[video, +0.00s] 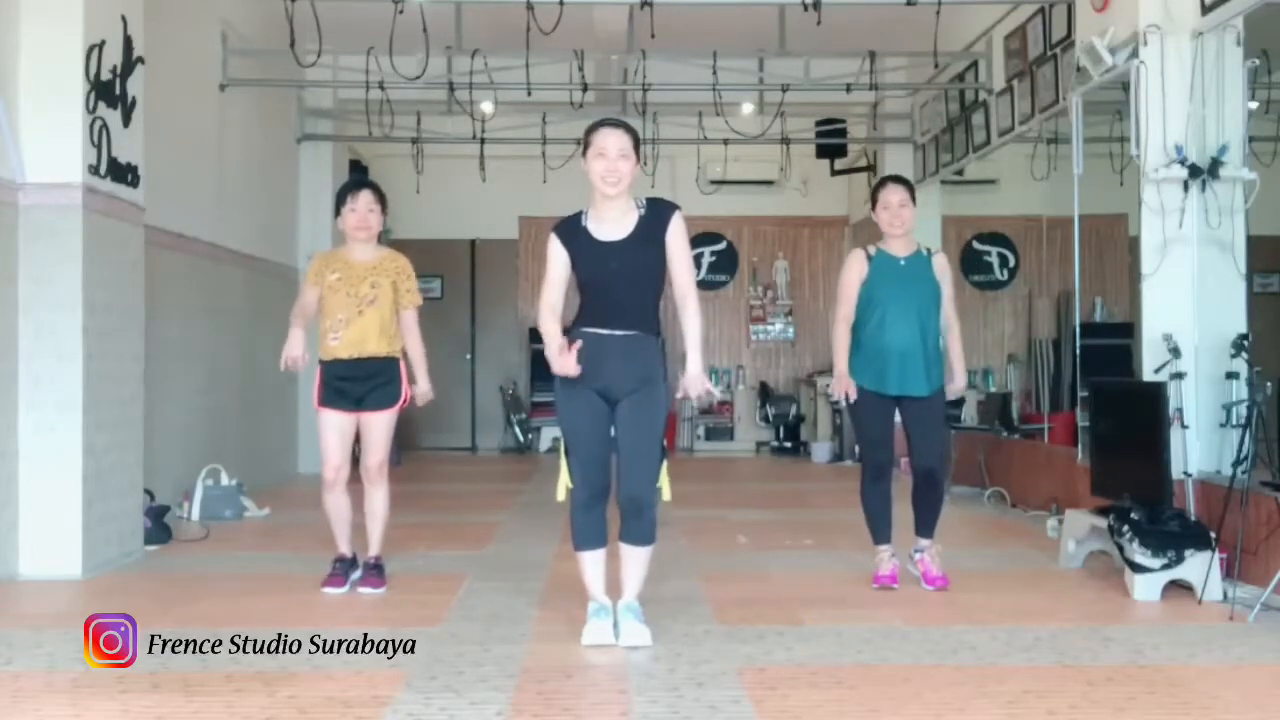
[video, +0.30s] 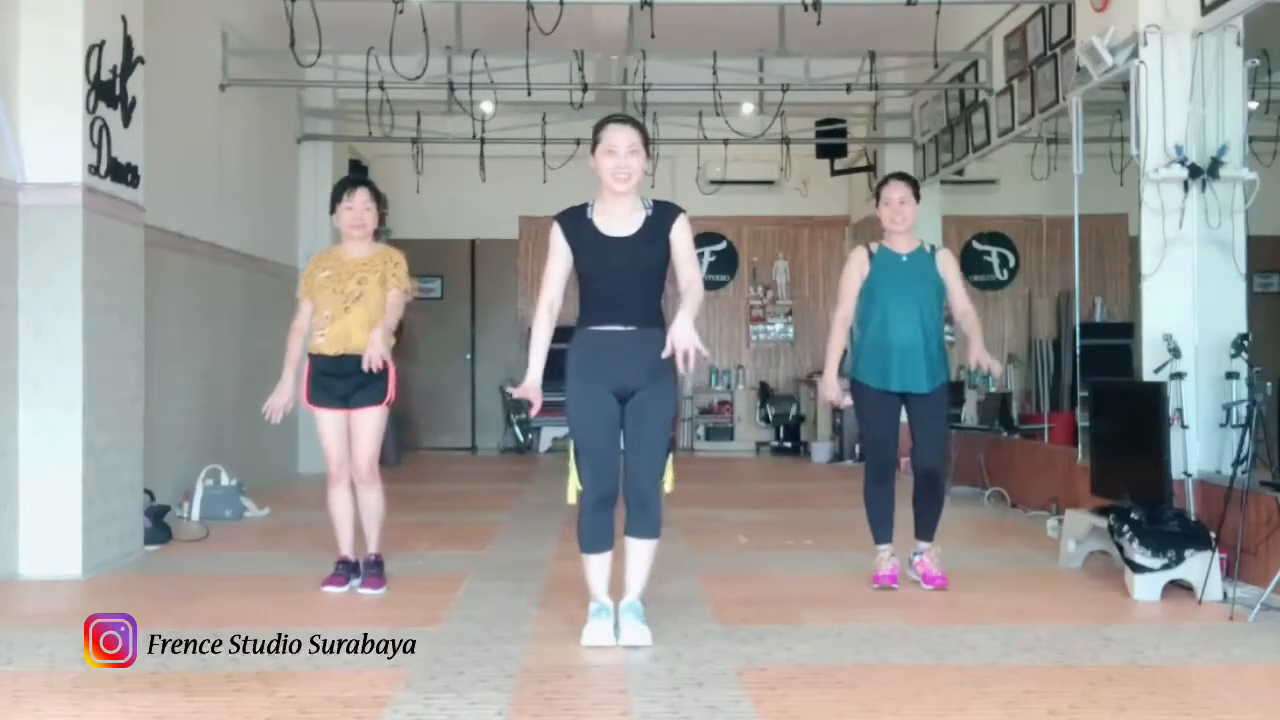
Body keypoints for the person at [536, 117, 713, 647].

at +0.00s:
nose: (612, 165)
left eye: (622, 155)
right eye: (601, 155)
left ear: (638, 164)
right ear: (585, 163)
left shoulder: (665, 219)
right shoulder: (567, 232)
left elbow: (687, 294)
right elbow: (550, 304)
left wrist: (695, 362)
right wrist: (555, 352)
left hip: (643, 366)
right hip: (580, 365)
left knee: (638, 490)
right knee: (587, 489)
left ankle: (630, 605)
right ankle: (597, 604)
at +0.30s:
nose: (622, 161)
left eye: (632, 151)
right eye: (611, 151)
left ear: (647, 159)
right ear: (593, 160)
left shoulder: (669, 220)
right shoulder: (569, 224)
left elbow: (692, 286)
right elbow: (548, 301)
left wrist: (684, 319)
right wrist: (534, 373)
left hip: (653, 364)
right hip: (590, 366)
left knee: (645, 487)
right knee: (598, 487)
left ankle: (632, 604)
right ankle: (599, 605)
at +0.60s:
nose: (621, 169)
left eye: (632, 159)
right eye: (611, 159)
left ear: (647, 168)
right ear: (594, 167)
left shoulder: (672, 227)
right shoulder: (569, 228)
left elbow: (703, 286)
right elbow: (524, 296)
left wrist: (691, 273)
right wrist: (492, 362)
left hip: (653, 366)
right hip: (593, 368)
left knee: (648, 486)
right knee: (592, 490)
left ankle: (633, 605)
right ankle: (596, 596)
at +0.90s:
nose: (608, 172)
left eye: (619, 162)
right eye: (598, 161)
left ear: (637, 170)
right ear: (581, 168)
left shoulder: (658, 223)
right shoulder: (556, 229)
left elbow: (684, 285)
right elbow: (516, 294)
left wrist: (701, 341)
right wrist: (480, 357)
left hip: (636, 369)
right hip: (572, 370)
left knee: (640, 494)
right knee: (578, 496)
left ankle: (631, 605)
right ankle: (589, 611)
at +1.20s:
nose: (597, 176)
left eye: (609, 167)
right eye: (587, 166)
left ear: (624, 177)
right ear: (570, 175)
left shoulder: (647, 233)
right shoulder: (544, 236)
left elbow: (677, 307)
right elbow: (503, 307)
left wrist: (694, 378)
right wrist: (506, 340)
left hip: (625, 375)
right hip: (559, 375)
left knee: (638, 461)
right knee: (568, 500)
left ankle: (630, 596)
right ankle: (588, 611)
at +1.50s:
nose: (594, 172)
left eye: (604, 163)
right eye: (583, 162)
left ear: (619, 173)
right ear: (565, 171)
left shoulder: (641, 231)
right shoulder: (540, 235)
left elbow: (660, 296)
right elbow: (516, 316)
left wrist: (673, 362)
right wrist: (533, 300)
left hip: (624, 370)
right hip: (559, 370)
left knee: (627, 492)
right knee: (571, 502)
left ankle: (622, 623)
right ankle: (588, 611)